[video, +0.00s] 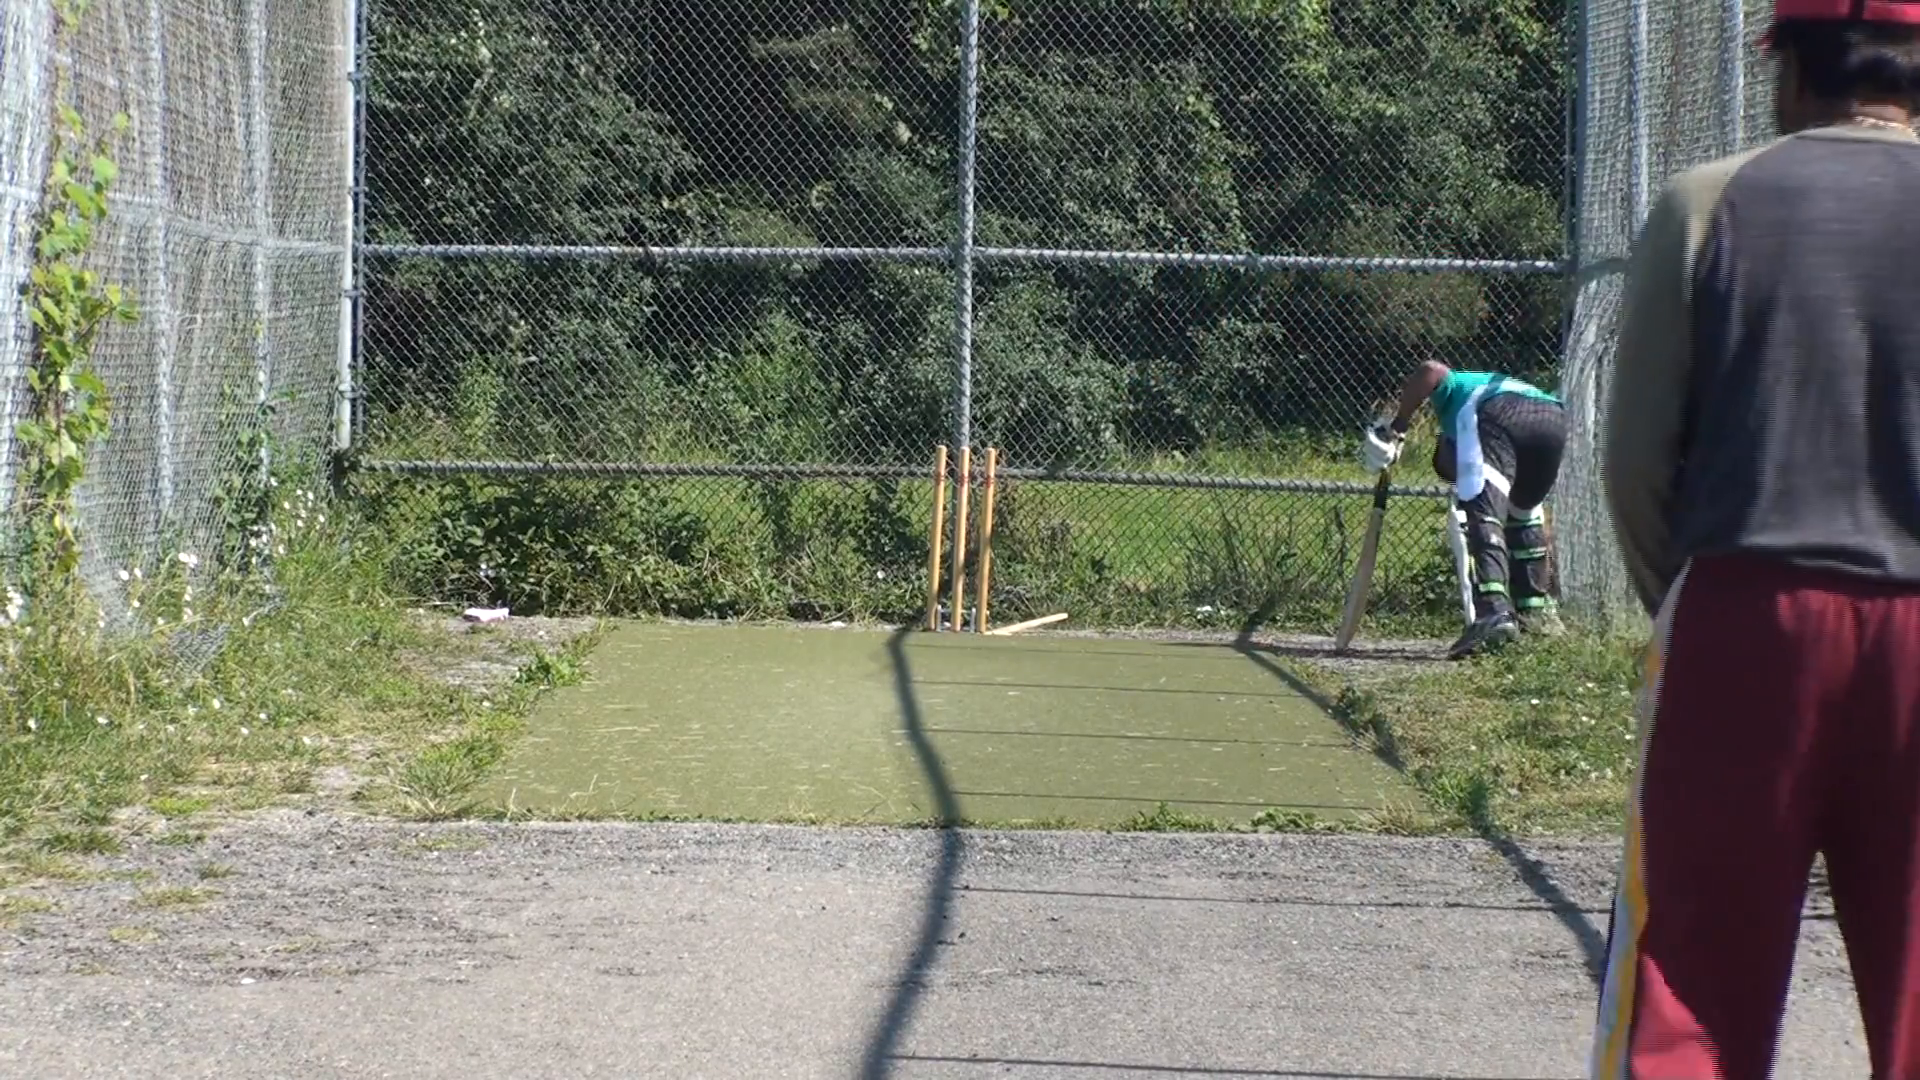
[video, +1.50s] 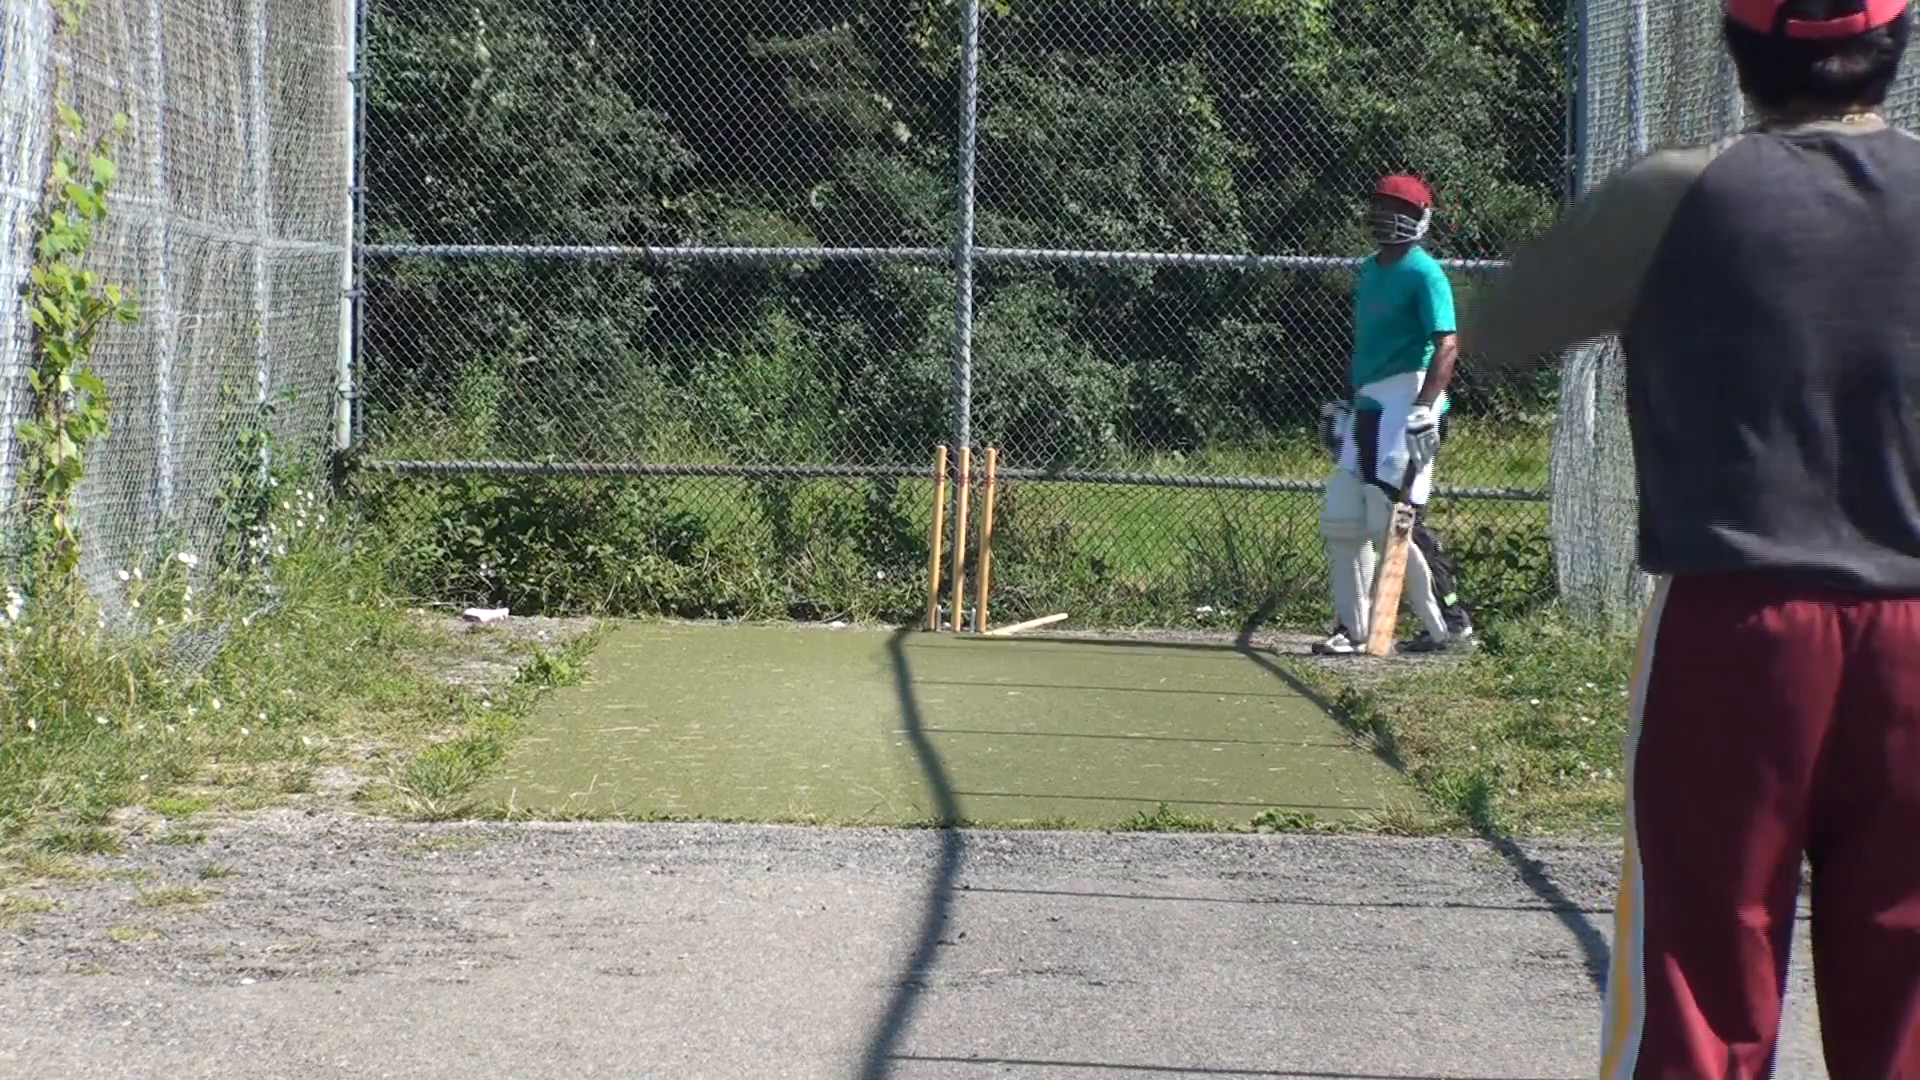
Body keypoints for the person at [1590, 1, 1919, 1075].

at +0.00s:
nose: (1769, 81)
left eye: (1773, 61)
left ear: (1787, 67)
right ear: (1912, 77)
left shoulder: (1706, 201)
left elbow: (1636, 459)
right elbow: (1640, 461)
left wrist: (1698, 615)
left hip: (1749, 634)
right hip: (1910, 646)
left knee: (1697, 995)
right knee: (1913, 1001)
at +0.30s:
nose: (1660, 86)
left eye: (1663, 67)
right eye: (1665, 65)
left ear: (1681, 67)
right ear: (1828, 70)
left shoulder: (1615, 218)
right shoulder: (1904, 200)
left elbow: (1540, 480)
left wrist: (1629, 604)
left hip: (1694, 643)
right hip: (1892, 646)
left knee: (1687, 995)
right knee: (1889, 997)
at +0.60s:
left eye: (1672, 52)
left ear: (1680, 68)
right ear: (1829, 67)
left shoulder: (1603, 212)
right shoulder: (1902, 196)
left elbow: (1508, 478)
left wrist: (1573, 659)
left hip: (1687, 642)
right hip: (1888, 644)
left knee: (1675, 1002)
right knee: (1876, 1000)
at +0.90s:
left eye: (1724, 43)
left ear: (1727, 62)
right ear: (1871, 69)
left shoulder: (1641, 203)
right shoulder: (1908, 194)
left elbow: (1570, 459)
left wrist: (1634, 615)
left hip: (1712, 628)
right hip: (1897, 632)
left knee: (1688, 970)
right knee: (1883, 976)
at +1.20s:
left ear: (1747, 61)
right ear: (1890, 72)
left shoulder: (1666, 202)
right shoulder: (1915, 188)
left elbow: (1596, 464)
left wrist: (1665, 630)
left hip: (1740, 624)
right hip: (1908, 624)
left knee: (1714, 964)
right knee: (1900, 965)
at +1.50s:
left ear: (1742, 52)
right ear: (1893, 51)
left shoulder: (1680, 196)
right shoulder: (1919, 183)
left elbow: (1495, 330)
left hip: (1736, 647)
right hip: (1913, 651)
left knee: (1706, 992)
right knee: (1902, 996)